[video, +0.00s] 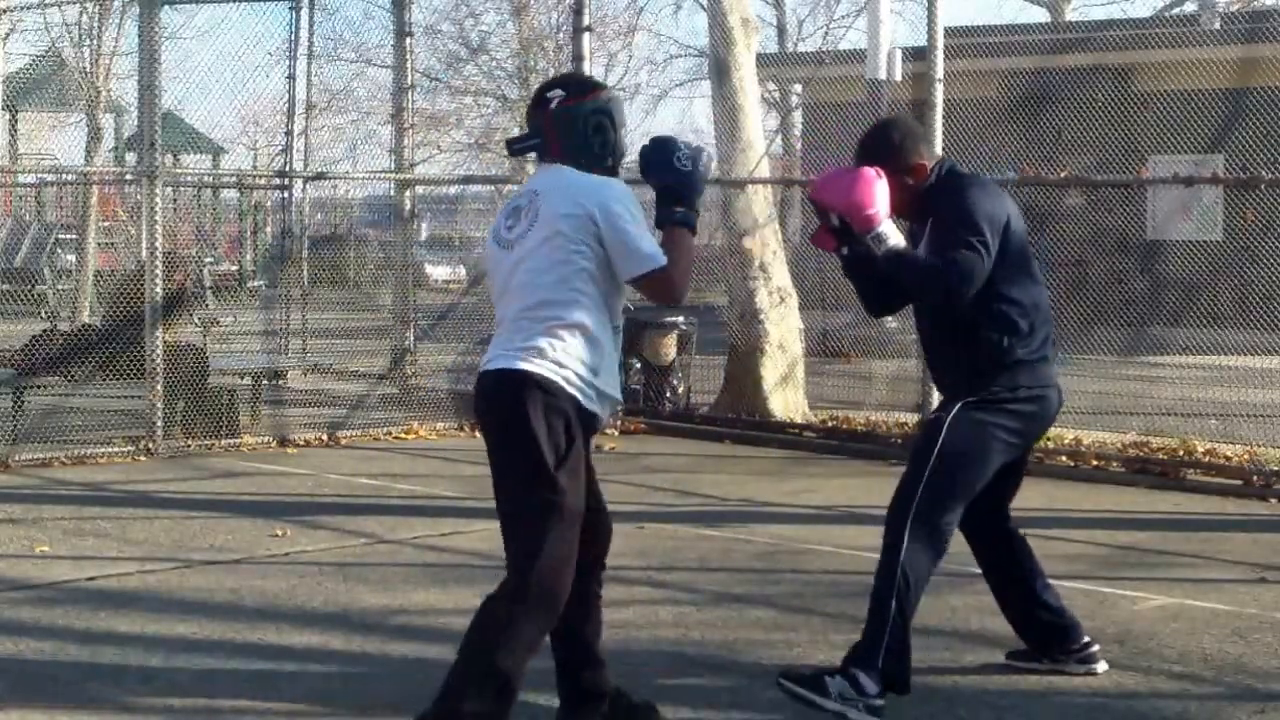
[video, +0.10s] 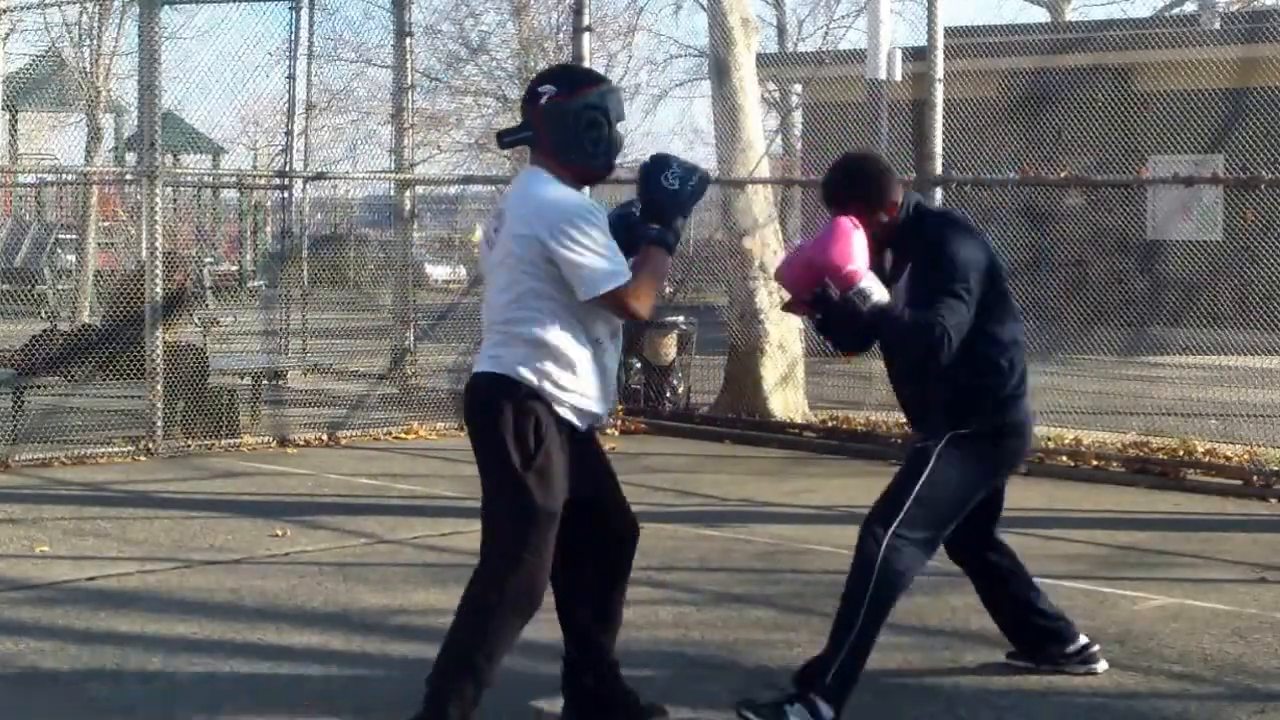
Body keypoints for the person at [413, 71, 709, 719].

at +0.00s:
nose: (613, 136)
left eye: (610, 123)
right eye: (604, 125)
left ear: (543, 138)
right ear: (593, 133)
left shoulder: (513, 212)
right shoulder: (599, 192)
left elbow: (533, 301)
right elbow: (669, 287)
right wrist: (682, 207)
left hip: (510, 385)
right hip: (545, 389)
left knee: (589, 536)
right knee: (544, 572)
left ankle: (586, 696)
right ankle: (461, 710)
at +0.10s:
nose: (606, 128)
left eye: (609, 114)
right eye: (589, 115)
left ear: (537, 132)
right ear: (556, 128)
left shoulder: (535, 198)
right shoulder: (556, 205)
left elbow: (556, 288)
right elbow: (637, 300)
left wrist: (618, 238)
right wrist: (666, 230)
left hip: (552, 405)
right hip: (522, 400)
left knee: (608, 536)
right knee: (517, 570)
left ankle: (594, 689)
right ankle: (445, 706)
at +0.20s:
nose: (621, 153)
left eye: (619, 140)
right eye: (609, 142)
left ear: (548, 149)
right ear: (588, 153)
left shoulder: (593, 213)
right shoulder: (535, 220)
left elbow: (677, 261)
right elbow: (597, 331)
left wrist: (765, 246)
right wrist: (637, 265)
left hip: (552, 417)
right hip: (491, 411)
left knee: (605, 539)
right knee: (527, 568)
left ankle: (612, 696)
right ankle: (448, 712)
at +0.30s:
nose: (600, 175)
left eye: (601, 161)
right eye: (590, 163)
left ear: (546, 162)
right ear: (551, 163)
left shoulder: (572, 228)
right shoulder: (493, 232)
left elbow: (634, 308)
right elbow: (510, 351)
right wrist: (581, 299)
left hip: (531, 414)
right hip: (464, 417)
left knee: (582, 553)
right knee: (480, 570)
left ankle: (613, 690)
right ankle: (398, 709)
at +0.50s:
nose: (538, 180)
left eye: (538, 167)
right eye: (528, 167)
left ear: (495, 164)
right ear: (489, 164)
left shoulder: (498, 227)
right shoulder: (423, 226)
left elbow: (483, 345)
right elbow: (427, 343)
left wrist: (550, 373)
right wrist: (517, 301)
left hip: (480, 422)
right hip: (410, 430)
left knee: (556, 548)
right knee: (419, 587)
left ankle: (567, 696)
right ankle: (368, 712)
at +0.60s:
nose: (524, 150)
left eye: (522, 136)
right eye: (514, 136)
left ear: (461, 137)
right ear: (490, 142)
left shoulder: (495, 207)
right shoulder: (411, 212)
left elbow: (521, 305)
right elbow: (417, 331)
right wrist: (504, 274)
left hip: (480, 418)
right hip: (409, 426)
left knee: (539, 552)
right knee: (403, 588)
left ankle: (555, 702)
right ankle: (361, 712)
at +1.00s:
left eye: (582, 106)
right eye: (574, 107)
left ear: (513, 112)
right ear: (558, 117)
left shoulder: (550, 194)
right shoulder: (485, 187)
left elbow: (568, 302)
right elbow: (500, 299)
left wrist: (622, 259)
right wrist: (576, 245)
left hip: (540, 407)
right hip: (483, 405)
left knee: (546, 555)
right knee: (491, 564)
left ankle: (519, 701)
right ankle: (448, 708)